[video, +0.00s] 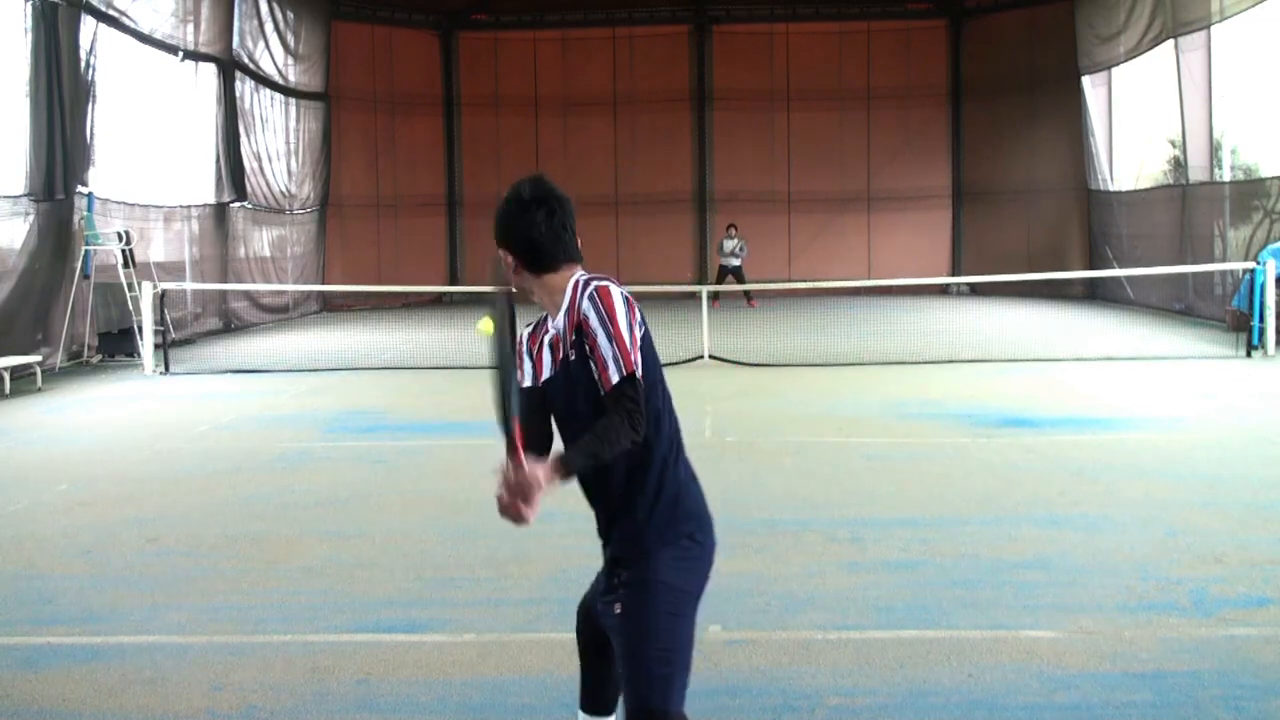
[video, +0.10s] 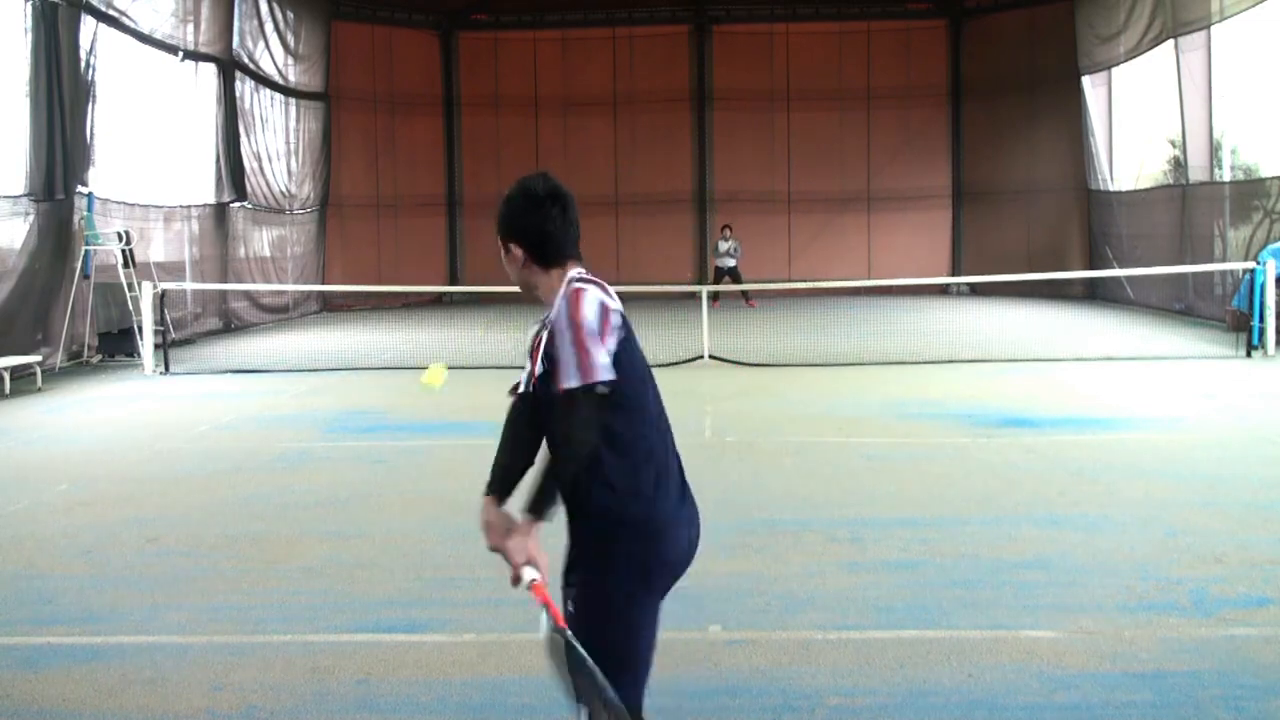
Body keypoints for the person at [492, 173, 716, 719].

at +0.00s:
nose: (500, 262)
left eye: (499, 252)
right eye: (502, 250)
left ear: (512, 261)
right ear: (570, 237)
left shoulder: (600, 299)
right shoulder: (532, 342)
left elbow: (631, 417)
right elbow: (534, 445)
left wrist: (550, 470)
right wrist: (517, 486)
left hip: (671, 537)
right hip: (625, 544)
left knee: (653, 704)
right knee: (596, 621)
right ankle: (596, 717)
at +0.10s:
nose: (503, 262)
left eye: (502, 250)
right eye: (501, 250)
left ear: (517, 254)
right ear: (568, 239)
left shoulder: (578, 306)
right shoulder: (564, 312)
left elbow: (580, 428)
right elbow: (527, 412)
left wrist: (530, 520)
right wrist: (494, 498)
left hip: (627, 529)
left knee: (607, 691)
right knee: (576, 657)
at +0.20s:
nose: (500, 247)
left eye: (499, 236)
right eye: (497, 234)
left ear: (517, 237)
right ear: (571, 219)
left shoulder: (513, 297)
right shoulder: (638, 286)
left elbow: (512, 403)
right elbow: (624, 382)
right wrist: (527, 424)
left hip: (583, 500)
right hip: (659, 493)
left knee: (627, 683)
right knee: (628, 635)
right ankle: (612, 707)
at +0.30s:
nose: (488, 218)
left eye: (486, 208)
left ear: (495, 216)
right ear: (558, 196)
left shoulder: (495, 280)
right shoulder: (619, 263)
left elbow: (558, 293)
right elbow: (673, 329)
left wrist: (632, 262)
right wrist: (661, 267)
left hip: (560, 485)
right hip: (638, 482)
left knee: (602, 649)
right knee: (625, 634)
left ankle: (625, 716)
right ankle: (615, 715)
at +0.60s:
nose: (477, 186)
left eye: (478, 177)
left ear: (484, 188)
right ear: (550, 175)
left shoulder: (479, 257)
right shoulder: (592, 263)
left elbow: (560, 270)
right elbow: (681, 335)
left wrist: (647, 246)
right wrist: (707, 263)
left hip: (511, 478)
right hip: (588, 481)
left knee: (509, 627)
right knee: (595, 634)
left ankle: (491, 718)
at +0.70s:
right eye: (544, 168)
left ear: (473, 196)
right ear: (546, 180)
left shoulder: (472, 270)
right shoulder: (578, 271)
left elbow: (547, 350)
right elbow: (631, 382)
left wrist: (632, 317)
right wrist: (673, 349)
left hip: (497, 489)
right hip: (574, 493)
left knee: (495, 636)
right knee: (602, 644)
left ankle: (462, 717)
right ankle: (605, 719)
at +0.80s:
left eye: (473, 200)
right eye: (545, 188)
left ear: (474, 212)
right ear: (549, 200)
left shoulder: (461, 289)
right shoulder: (572, 294)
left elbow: (522, 376)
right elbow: (603, 416)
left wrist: (609, 348)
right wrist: (635, 402)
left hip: (482, 504)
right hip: (557, 507)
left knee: (493, 652)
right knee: (626, 620)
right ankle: (614, 718)